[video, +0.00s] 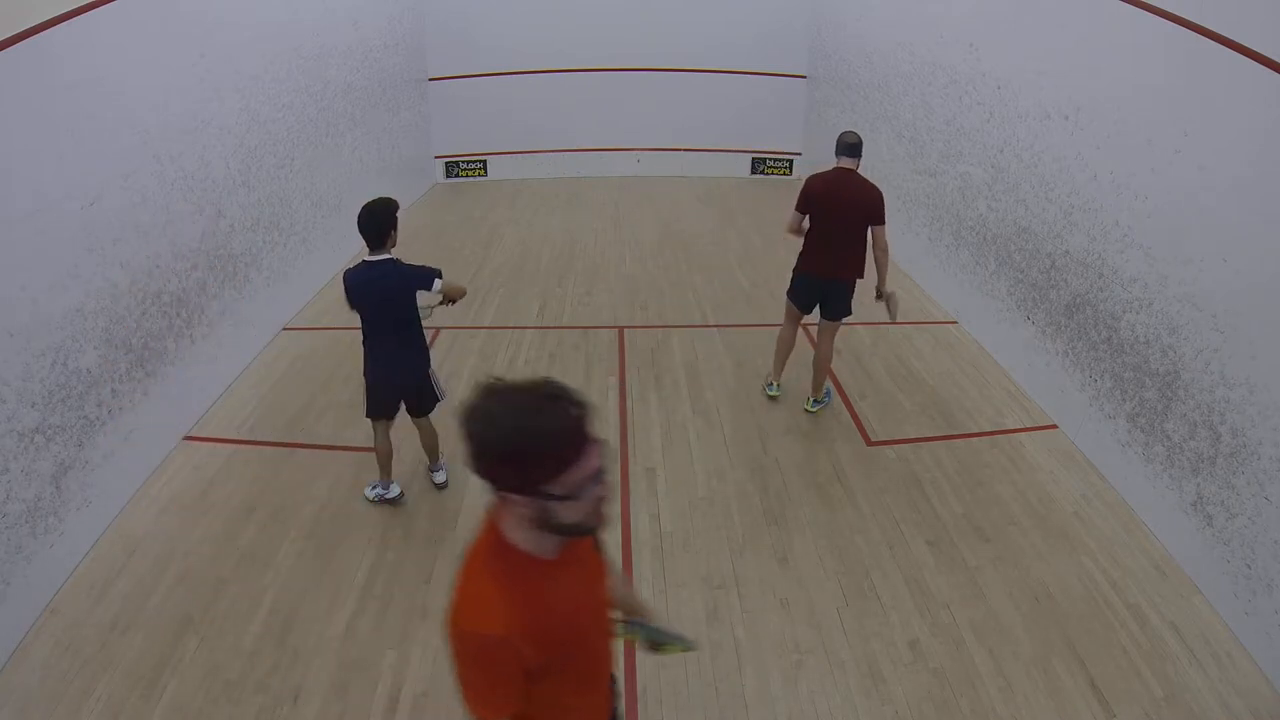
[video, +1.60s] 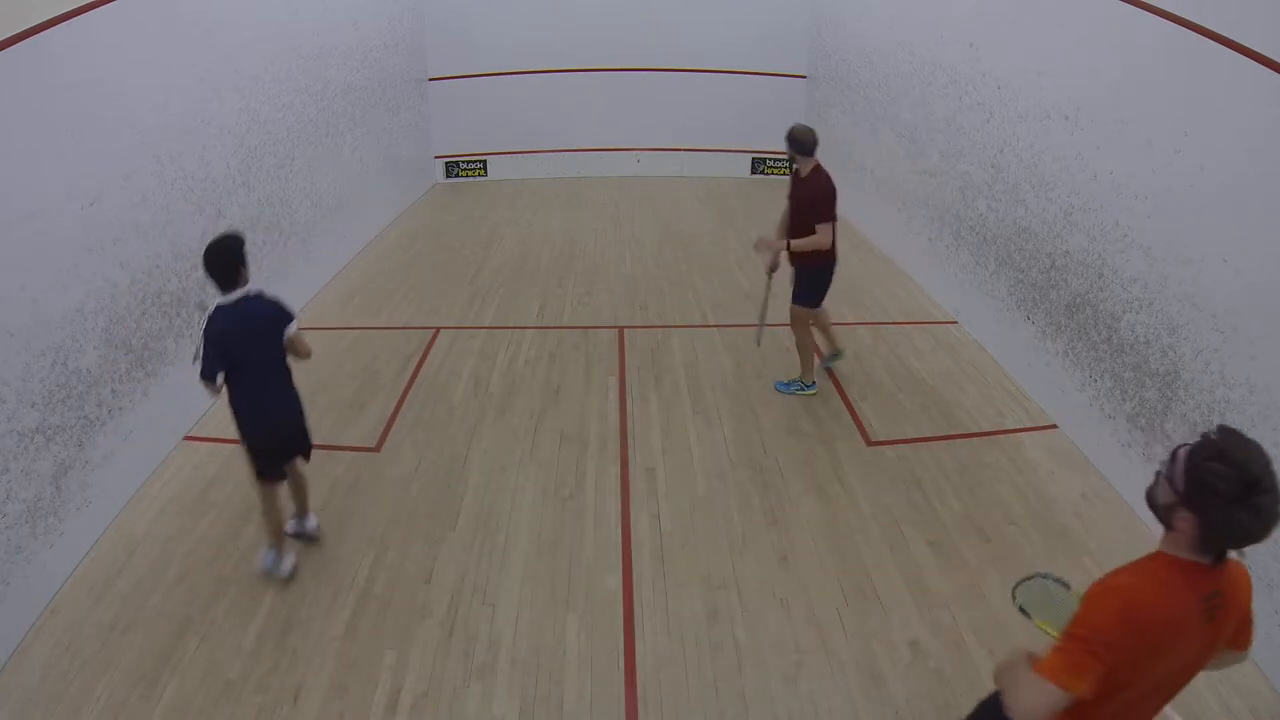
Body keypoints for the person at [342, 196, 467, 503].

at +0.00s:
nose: (398, 232)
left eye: (395, 227)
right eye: (396, 227)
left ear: (364, 235)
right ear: (392, 234)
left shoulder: (352, 278)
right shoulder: (408, 274)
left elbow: (357, 308)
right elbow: (457, 290)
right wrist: (443, 298)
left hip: (378, 369)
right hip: (413, 364)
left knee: (380, 428)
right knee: (422, 419)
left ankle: (387, 486)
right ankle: (437, 470)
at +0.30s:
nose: (390, 227)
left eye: (388, 223)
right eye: (388, 224)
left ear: (356, 234)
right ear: (384, 230)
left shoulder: (352, 278)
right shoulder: (404, 269)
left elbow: (328, 317)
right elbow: (436, 313)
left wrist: (342, 277)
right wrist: (439, 337)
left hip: (376, 368)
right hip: (410, 361)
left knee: (380, 426)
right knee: (421, 418)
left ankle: (387, 485)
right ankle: (437, 469)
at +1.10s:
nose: (349, 250)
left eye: (346, 246)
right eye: (347, 247)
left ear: (316, 258)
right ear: (344, 254)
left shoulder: (318, 305)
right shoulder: (365, 287)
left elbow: (315, 356)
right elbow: (399, 325)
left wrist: (334, 335)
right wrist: (394, 304)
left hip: (347, 384)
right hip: (381, 374)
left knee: (329, 436)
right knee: (410, 416)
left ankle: (331, 500)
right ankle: (434, 464)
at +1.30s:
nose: (303, 266)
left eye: (299, 262)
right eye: (300, 262)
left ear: (270, 276)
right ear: (297, 270)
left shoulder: (271, 322)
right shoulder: (318, 305)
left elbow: (263, 376)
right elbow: (357, 344)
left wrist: (281, 351)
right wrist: (351, 323)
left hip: (307, 403)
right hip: (340, 390)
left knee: (293, 448)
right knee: (381, 428)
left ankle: (321, 505)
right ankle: (423, 463)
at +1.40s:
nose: (281, 258)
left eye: (277, 253)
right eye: (278, 254)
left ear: (247, 267)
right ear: (274, 261)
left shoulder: (247, 316)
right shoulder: (298, 298)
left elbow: (240, 370)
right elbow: (336, 337)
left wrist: (250, 345)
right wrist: (321, 321)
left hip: (282, 401)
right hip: (315, 387)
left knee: (299, 452)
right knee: (346, 434)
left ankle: (320, 504)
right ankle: (377, 481)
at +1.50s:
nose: (263, 251)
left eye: (259, 246)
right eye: (260, 247)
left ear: (227, 260)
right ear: (256, 253)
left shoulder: (229, 306)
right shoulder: (279, 289)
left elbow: (223, 365)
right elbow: (316, 333)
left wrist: (238, 358)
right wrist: (290, 325)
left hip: (263, 397)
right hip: (296, 383)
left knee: (287, 458)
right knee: (313, 444)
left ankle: (304, 514)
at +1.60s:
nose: (247, 267)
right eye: (245, 263)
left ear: (211, 277)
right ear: (244, 268)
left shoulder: (216, 324)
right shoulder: (267, 306)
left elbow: (211, 383)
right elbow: (302, 350)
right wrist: (274, 342)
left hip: (252, 419)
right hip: (286, 406)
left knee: (268, 485)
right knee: (292, 465)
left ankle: (278, 554)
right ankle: (304, 520)